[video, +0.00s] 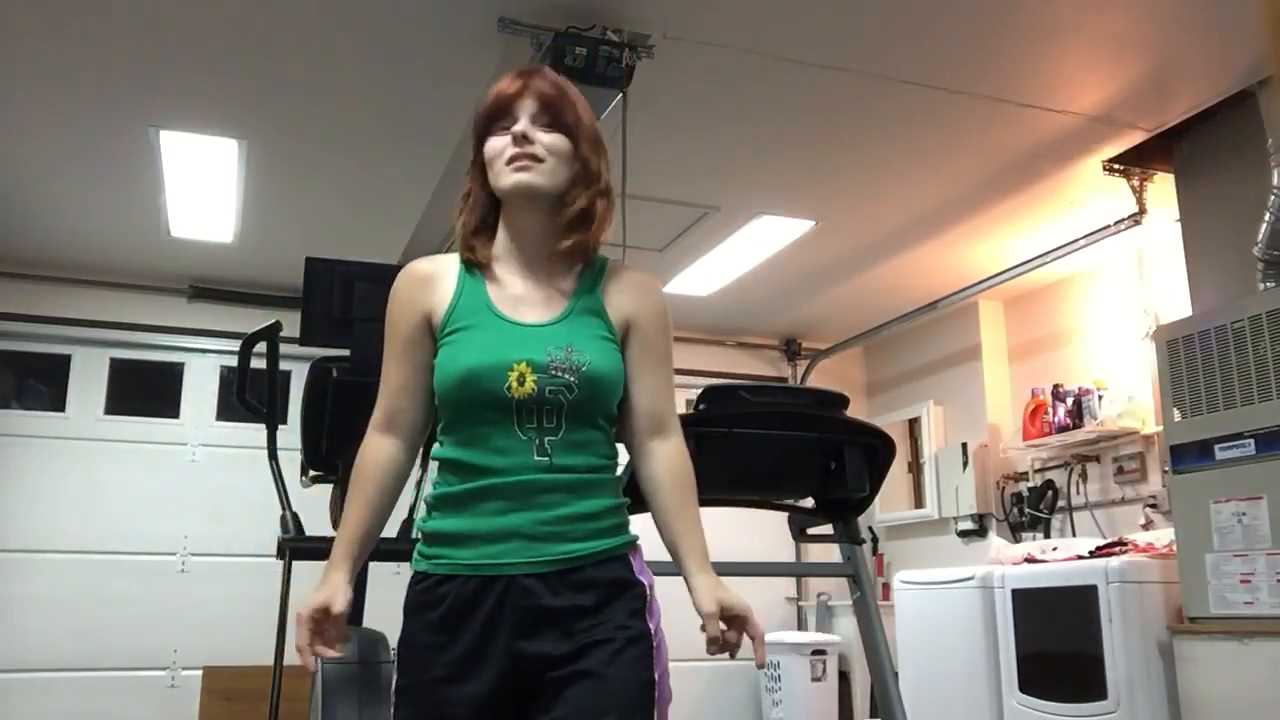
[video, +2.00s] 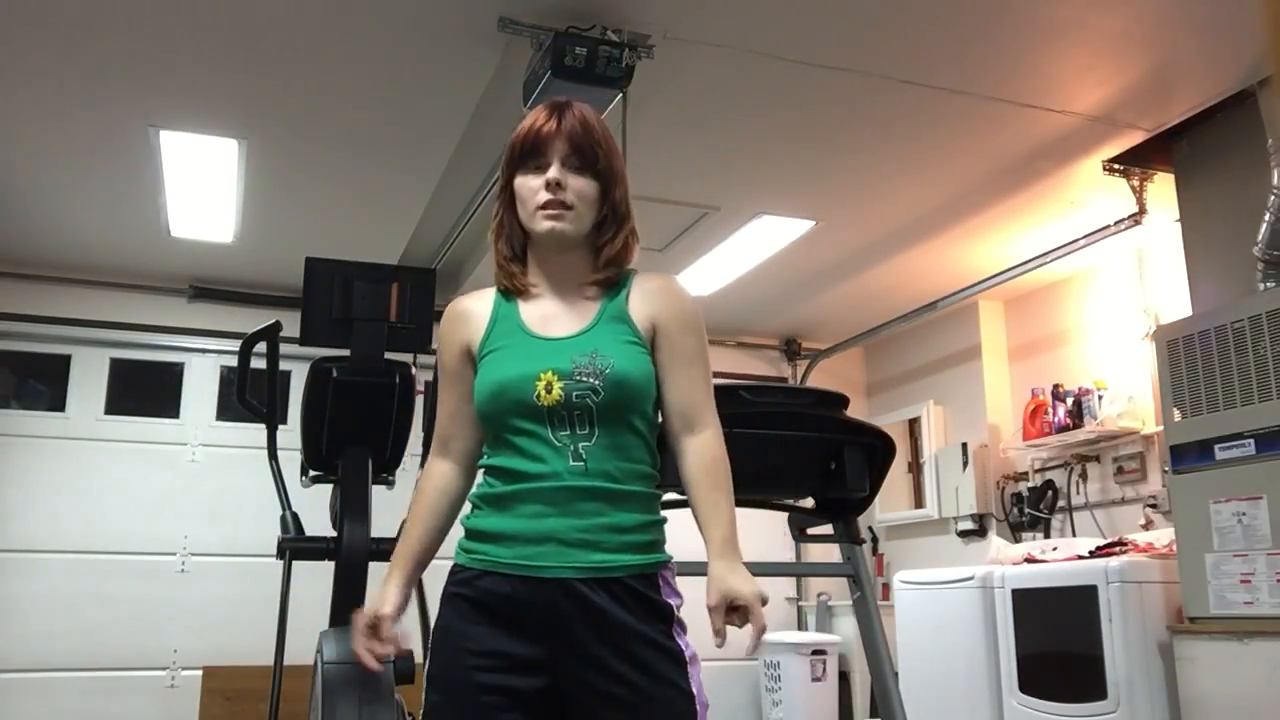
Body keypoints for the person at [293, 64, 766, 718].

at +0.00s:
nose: (521, 135)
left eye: (547, 125)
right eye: (503, 128)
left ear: (584, 158)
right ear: (482, 163)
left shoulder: (630, 294)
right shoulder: (428, 285)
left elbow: (658, 439)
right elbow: (392, 433)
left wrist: (702, 579)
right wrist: (340, 570)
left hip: (596, 602)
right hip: (455, 603)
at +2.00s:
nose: (553, 179)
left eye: (577, 165)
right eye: (535, 165)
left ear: (606, 191)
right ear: (511, 192)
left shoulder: (656, 301)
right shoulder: (471, 316)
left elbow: (696, 430)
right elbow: (449, 459)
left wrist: (725, 559)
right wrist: (397, 582)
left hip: (624, 607)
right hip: (490, 605)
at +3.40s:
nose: (670, 183)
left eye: (690, 167)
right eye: (649, 165)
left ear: (714, 188)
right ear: (617, 182)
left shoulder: (730, 303)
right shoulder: (578, 265)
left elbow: (802, 376)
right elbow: (504, 374)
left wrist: (863, 257)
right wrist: (464, 240)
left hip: (688, 590)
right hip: (580, 581)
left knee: (742, 711)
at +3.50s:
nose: (649, 212)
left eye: (669, 196)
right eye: (628, 194)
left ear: (689, 218)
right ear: (595, 211)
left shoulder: (696, 335)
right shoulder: (551, 298)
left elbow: (777, 406)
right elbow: (465, 391)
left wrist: (803, 284)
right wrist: (443, 250)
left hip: (649, 624)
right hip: (547, 611)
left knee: (718, 712)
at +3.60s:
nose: (633, 224)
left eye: (653, 208)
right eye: (611, 205)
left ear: (674, 230)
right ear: (578, 223)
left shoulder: (682, 350)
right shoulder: (533, 309)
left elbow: (756, 430)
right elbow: (453, 403)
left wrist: (781, 303)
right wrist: (430, 262)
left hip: (633, 634)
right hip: (524, 617)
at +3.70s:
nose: (626, 210)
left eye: (647, 194)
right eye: (604, 191)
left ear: (667, 216)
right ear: (571, 206)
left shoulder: (672, 336)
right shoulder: (523, 288)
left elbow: (742, 427)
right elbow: (452, 396)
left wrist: (780, 304)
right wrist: (414, 256)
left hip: (627, 622)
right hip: (516, 605)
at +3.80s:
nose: (622, 208)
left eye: (642, 193)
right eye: (602, 188)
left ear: (662, 215)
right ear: (568, 201)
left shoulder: (674, 336)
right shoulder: (517, 286)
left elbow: (732, 435)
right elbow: (453, 392)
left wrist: (790, 312)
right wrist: (405, 257)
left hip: (624, 616)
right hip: (508, 598)